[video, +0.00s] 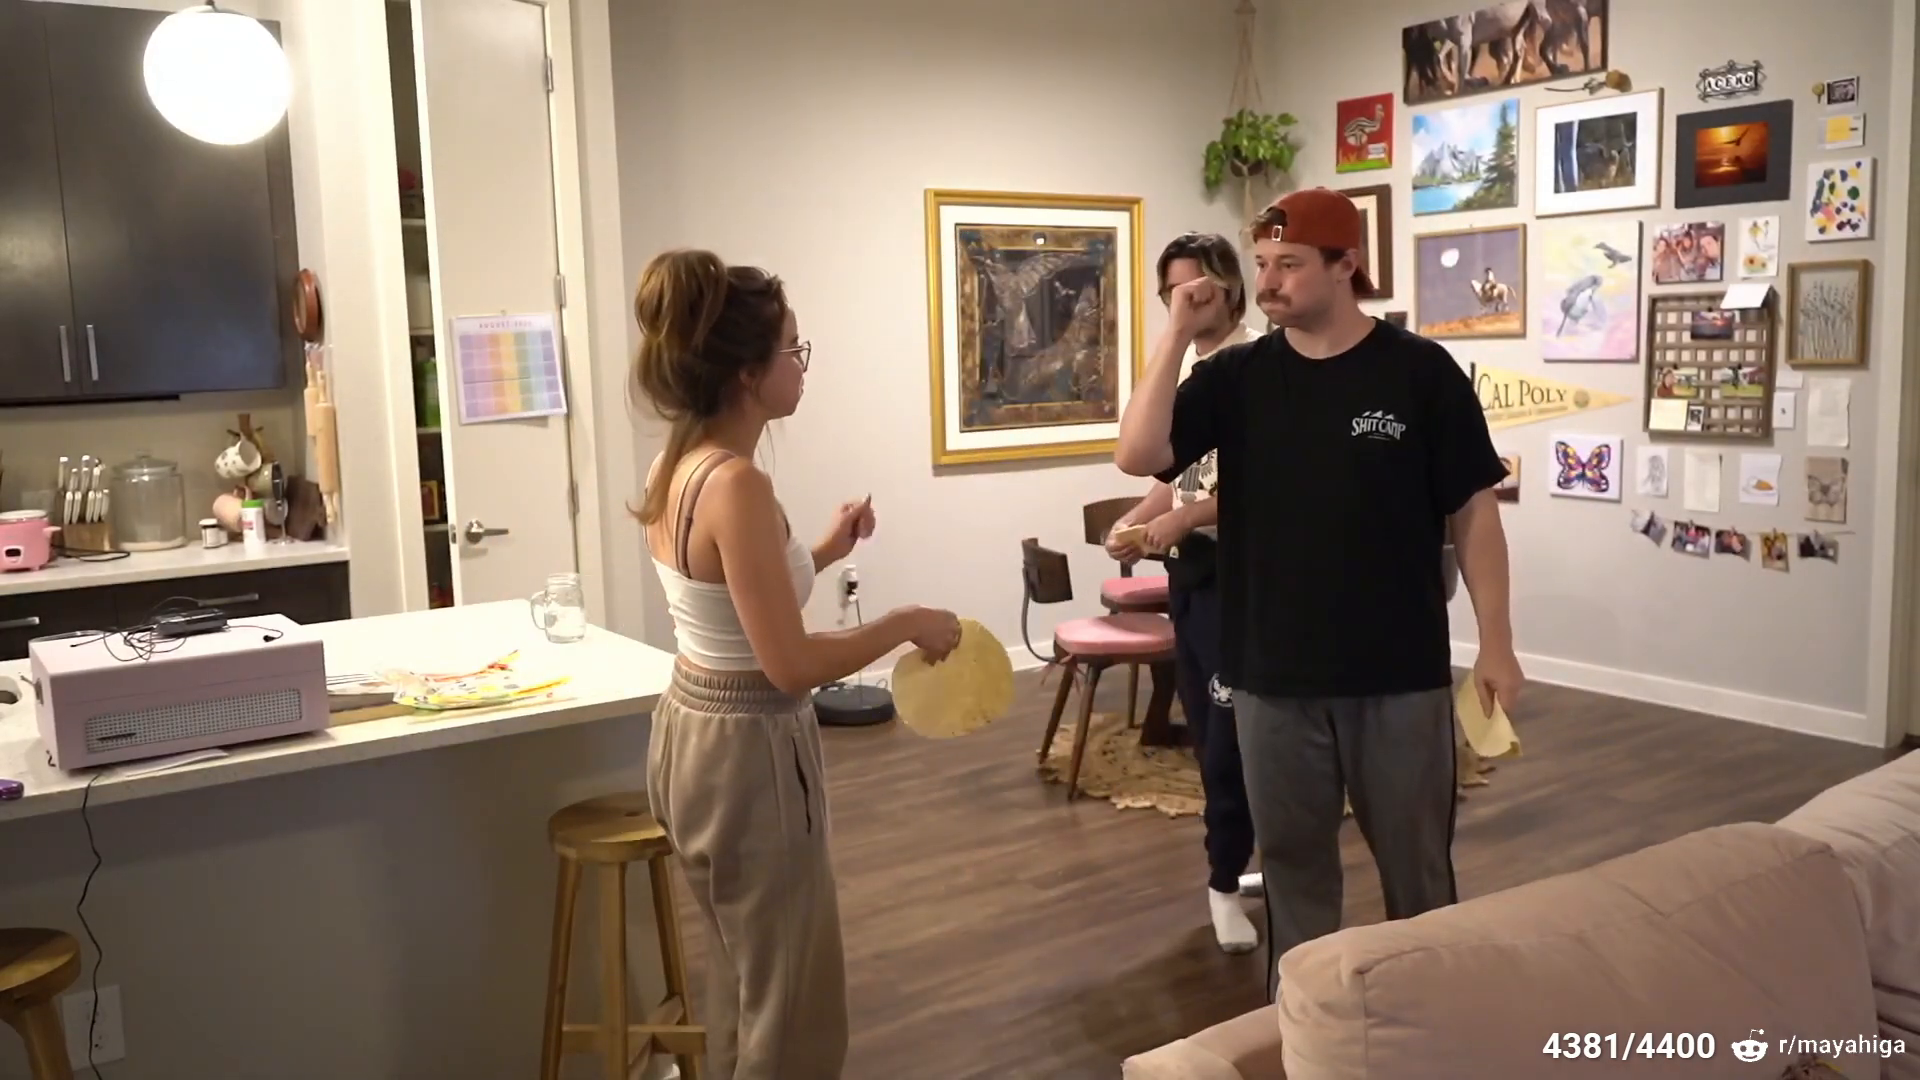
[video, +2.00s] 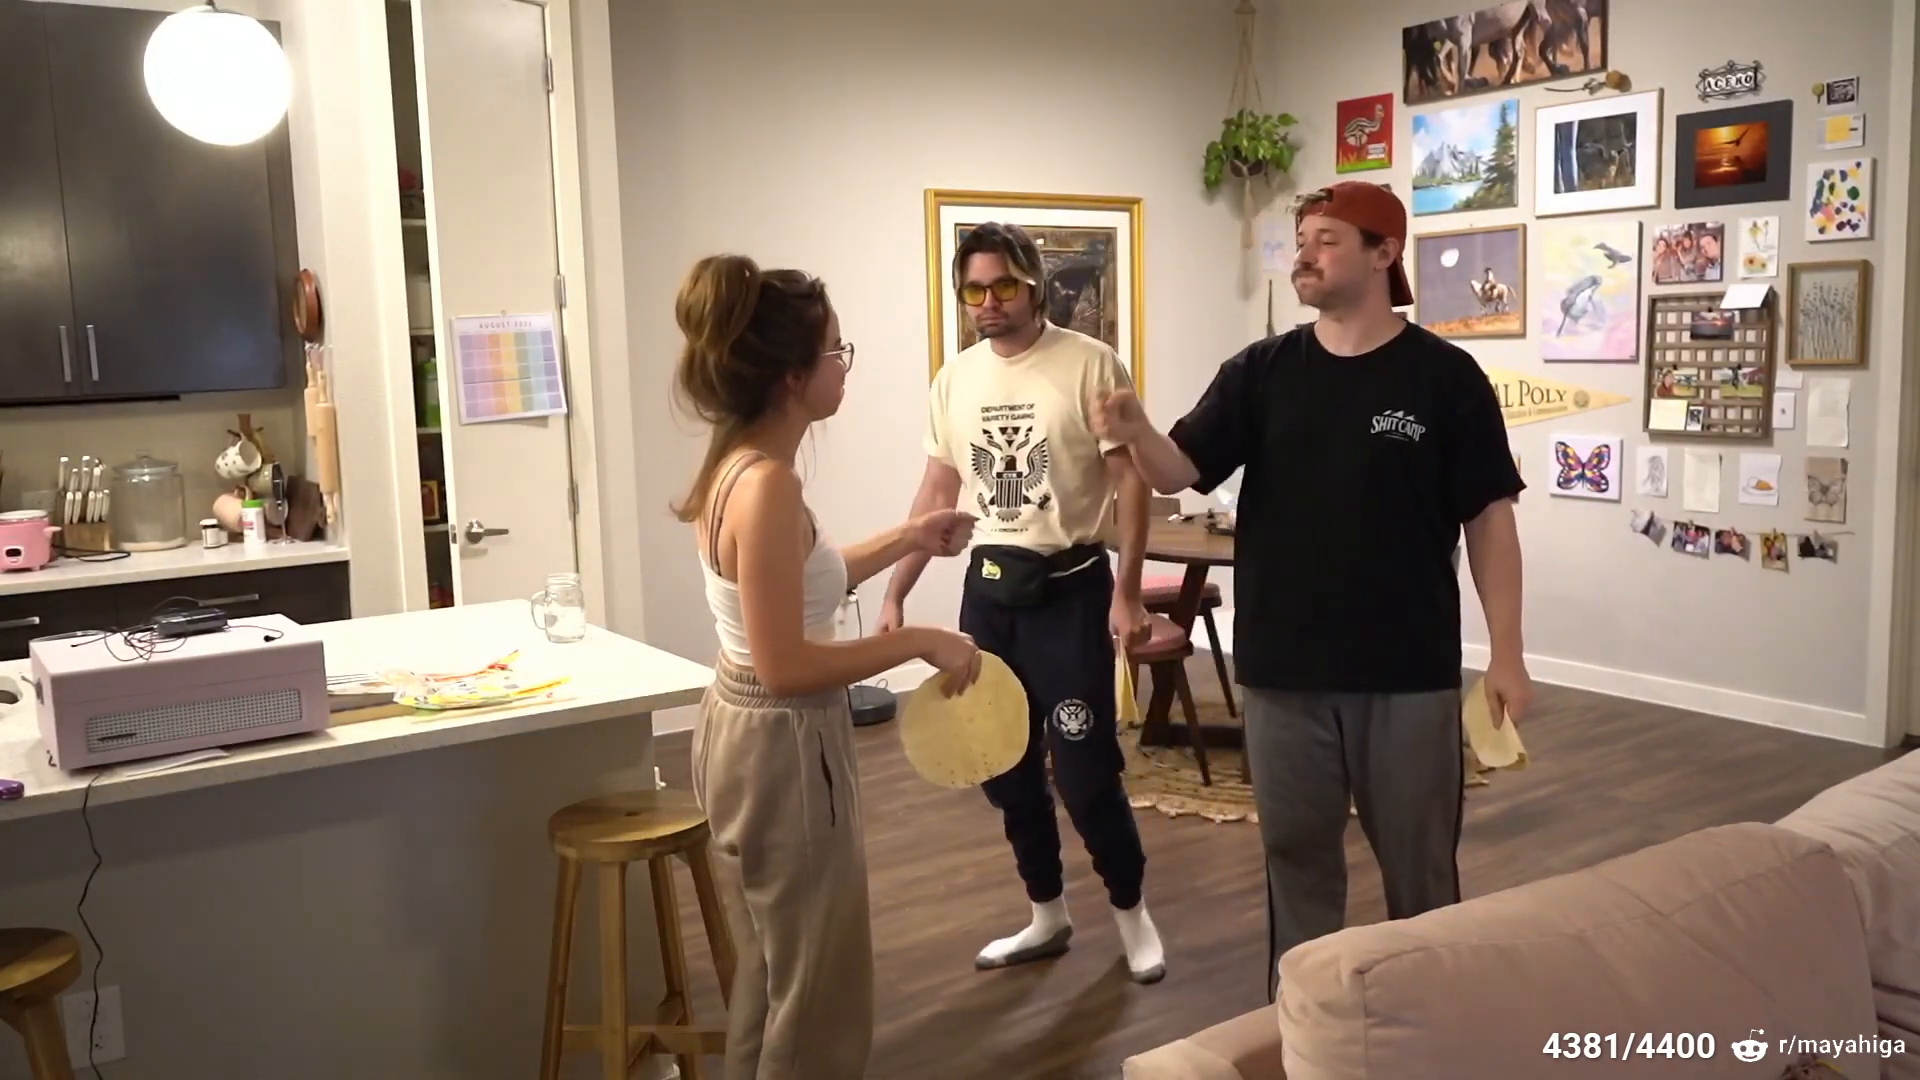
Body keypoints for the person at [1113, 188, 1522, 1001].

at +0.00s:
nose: (1269, 279)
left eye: (1288, 262)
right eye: (1262, 265)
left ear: (1345, 268)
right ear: (1256, 274)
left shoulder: (1422, 372)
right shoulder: (1236, 376)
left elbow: (1475, 512)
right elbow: (1139, 453)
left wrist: (1496, 642)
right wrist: (1175, 334)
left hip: (1400, 679)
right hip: (1272, 684)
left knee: (1418, 881)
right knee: (1293, 884)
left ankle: (1438, 1038)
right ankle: (1305, 1042)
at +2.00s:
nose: (1302, 257)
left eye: (1325, 242)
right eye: (1300, 244)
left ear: (1382, 256)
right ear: (1299, 261)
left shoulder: (1448, 376)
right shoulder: (1259, 371)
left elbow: (1490, 521)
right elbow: (1178, 472)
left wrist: (1506, 654)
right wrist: (1135, 431)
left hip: (1408, 677)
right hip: (1283, 675)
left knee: (1420, 874)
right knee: (1295, 865)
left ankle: (1433, 1031)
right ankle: (1301, 1027)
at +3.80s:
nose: (1259, 260)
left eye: (1280, 246)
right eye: (1252, 248)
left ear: (1334, 258)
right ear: (1246, 263)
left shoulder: (1406, 374)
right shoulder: (1217, 381)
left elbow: (1468, 498)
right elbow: (1129, 480)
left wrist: (1418, 601)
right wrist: (1054, 505)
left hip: (1385, 675)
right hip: (1263, 678)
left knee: (1411, 874)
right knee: (1282, 873)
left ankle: (1440, 1025)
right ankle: (1296, 1033)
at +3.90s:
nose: (1248, 258)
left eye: (1270, 245)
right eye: (1243, 247)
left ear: (1324, 259)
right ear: (1237, 264)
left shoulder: (1392, 375)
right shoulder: (1207, 383)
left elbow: (1437, 517)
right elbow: (1145, 499)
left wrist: (1328, 562)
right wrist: (1132, 523)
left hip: (1373, 675)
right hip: (1250, 677)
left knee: (1402, 862)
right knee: (1273, 867)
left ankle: (1428, 1016)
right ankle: (1293, 1026)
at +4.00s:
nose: (1234, 263)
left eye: (1256, 248)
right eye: (1230, 250)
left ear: (1311, 261)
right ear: (1228, 264)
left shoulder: (1371, 372)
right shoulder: (1205, 382)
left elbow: (1388, 521)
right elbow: (1175, 508)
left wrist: (1242, 528)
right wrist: (1170, 534)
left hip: (1354, 675)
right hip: (1237, 674)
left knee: (1375, 865)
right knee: (1265, 870)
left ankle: (1406, 1019)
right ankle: (1294, 1026)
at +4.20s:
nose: (1209, 271)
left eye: (1230, 257)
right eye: (1205, 258)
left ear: (1285, 268)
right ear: (1206, 269)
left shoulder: (1324, 366)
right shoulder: (1213, 386)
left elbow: (1284, 511)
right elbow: (1194, 529)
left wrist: (1151, 489)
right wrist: (1107, 504)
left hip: (1321, 676)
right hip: (1235, 673)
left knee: (1313, 889)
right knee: (1264, 885)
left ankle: (1340, 1051)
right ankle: (1291, 1038)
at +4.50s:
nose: (1195, 289)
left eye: (1214, 272)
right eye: (1193, 275)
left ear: (1273, 278)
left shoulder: (1272, 364)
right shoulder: (1262, 367)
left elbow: (1153, 471)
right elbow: (1186, 531)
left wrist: (1043, 454)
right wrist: (1091, 474)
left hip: (1288, 689)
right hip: (1274, 684)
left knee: (1262, 908)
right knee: (1267, 904)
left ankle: (1274, 1070)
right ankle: (1278, 1066)